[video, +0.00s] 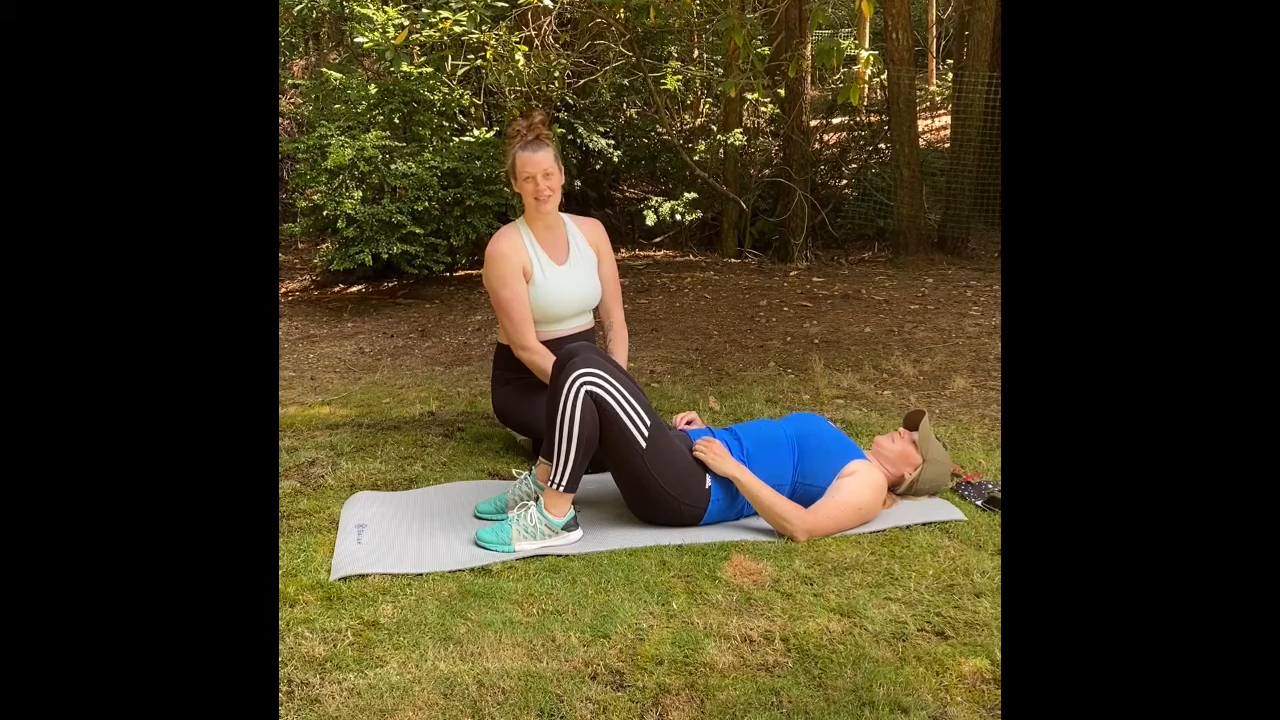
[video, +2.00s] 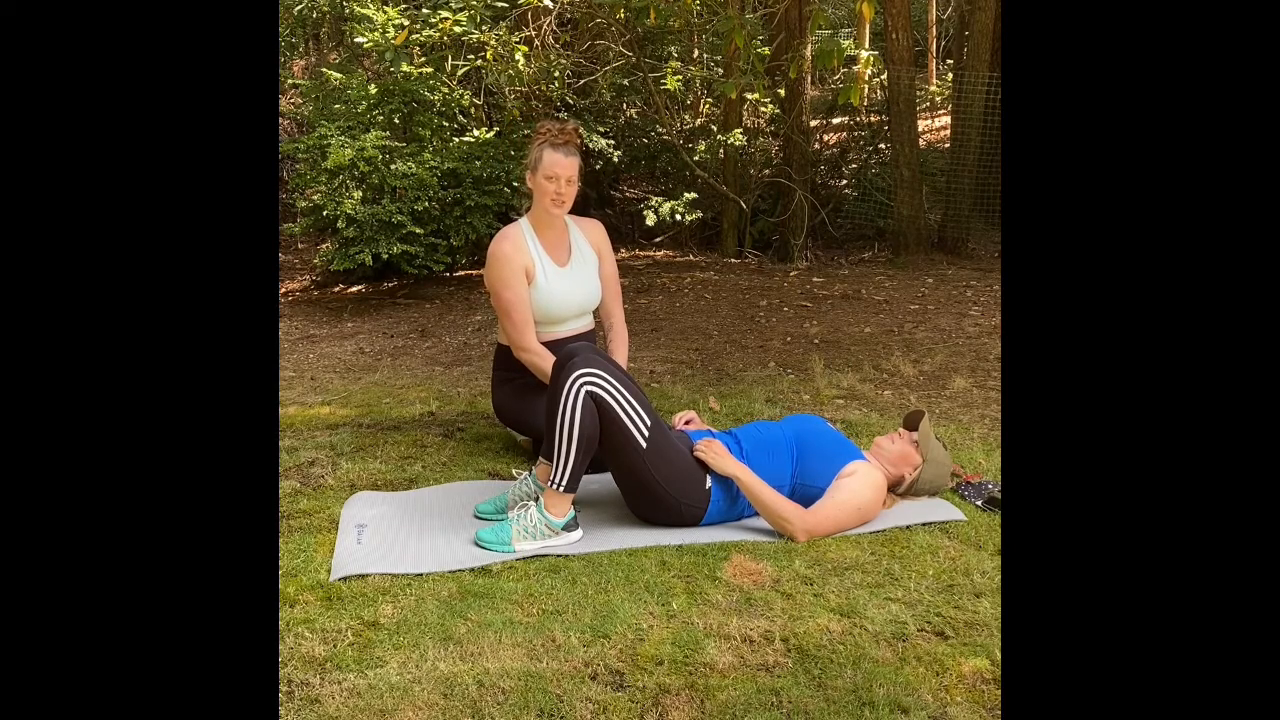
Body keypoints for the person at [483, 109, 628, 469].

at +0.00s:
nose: (541, 187)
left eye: (548, 174)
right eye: (529, 179)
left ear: (562, 175)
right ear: (515, 185)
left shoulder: (591, 232)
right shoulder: (505, 248)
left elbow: (614, 321)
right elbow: (524, 346)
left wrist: (614, 384)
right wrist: (585, 396)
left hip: (584, 366)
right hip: (523, 382)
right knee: (601, 445)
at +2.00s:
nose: (562, 191)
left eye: (570, 181)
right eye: (551, 179)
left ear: (579, 183)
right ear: (530, 179)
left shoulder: (592, 233)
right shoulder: (508, 247)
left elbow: (614, 322)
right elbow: (524, 347)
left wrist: (613, 385)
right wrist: (588, 396)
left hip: (584, 367)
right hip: (524, 379)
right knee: (602, 446)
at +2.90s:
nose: (563, 196)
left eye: (571, 186)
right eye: (553, 185)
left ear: (580, 184)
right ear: (531, 181)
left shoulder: (593, 233)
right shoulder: (510, 246)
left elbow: (614, 322)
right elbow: (509, 350)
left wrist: (613, 382)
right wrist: (575, 389)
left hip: (585, 370)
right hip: (524, 381)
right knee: (606, 447)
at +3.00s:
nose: (564, 196)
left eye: (573, 186)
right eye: (554, 185)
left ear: (581, 183)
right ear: (533, 181)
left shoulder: (595, 234)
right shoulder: (512, 246)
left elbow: (615, 321)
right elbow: (502, 346)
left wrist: (614, 380)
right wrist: (569, 384)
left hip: (585, 373)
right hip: (525, 384)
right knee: (610, 447)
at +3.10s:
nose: (565, 195)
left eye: (574, 185)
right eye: (555, 184)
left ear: (582, 183)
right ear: (533, 180)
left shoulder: (595, 234)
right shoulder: (512, 245)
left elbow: (615, 321)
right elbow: (499, 346)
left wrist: (614, 380)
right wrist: (563, 386)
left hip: (586, 372)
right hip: (525, 382)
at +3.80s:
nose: (552, 191)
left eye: (560, 180)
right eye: (541, 181)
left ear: (570, 178)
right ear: (523, 181)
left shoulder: (590, 233)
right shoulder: (509, 244)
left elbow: (614, 319)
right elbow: (502, 333)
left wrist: (616, 366)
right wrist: (517, 374)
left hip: (587, 366)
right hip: (527, 375)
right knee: (599, 448)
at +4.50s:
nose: (554, 187)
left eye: (561, 177)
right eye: (543, 177)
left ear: (568, 178)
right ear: (520, 178)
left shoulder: (585, 232)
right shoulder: (505, 243)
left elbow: (611, 318)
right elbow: (497, 342)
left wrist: (615, 366)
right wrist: (524, 337)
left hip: (585, 364)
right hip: (525, 375)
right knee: (604, 448)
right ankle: (536, 440)